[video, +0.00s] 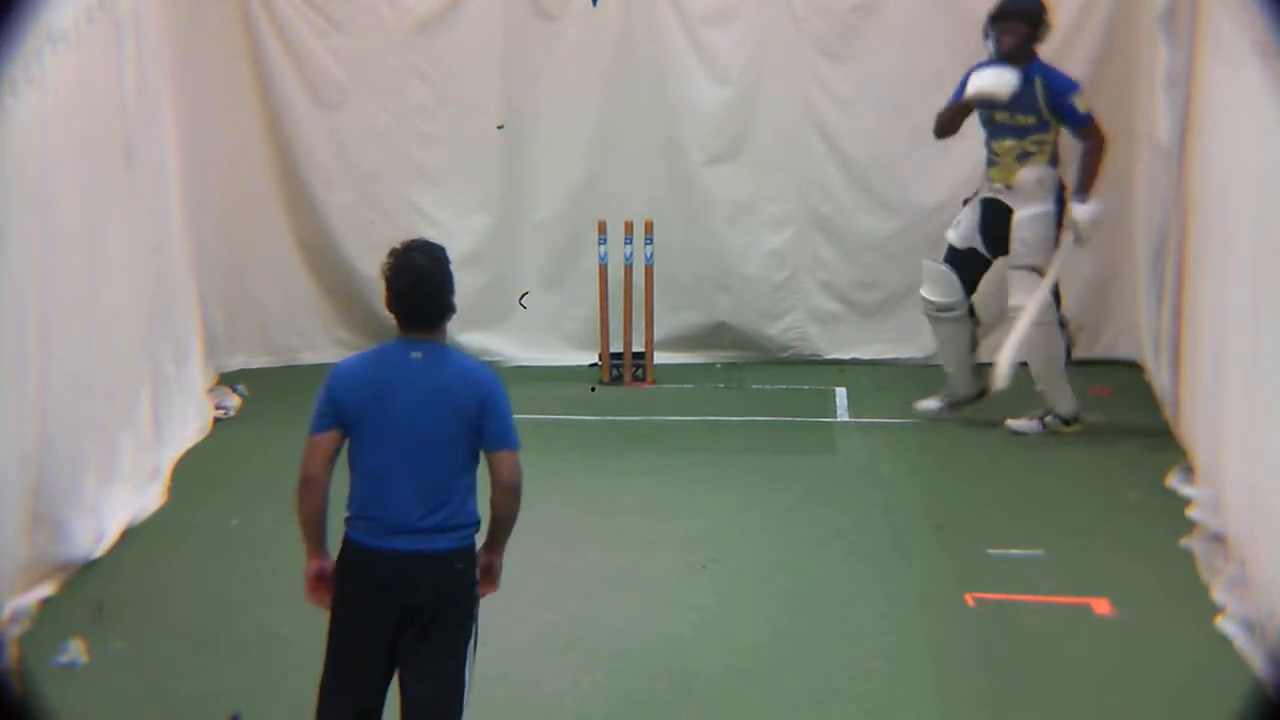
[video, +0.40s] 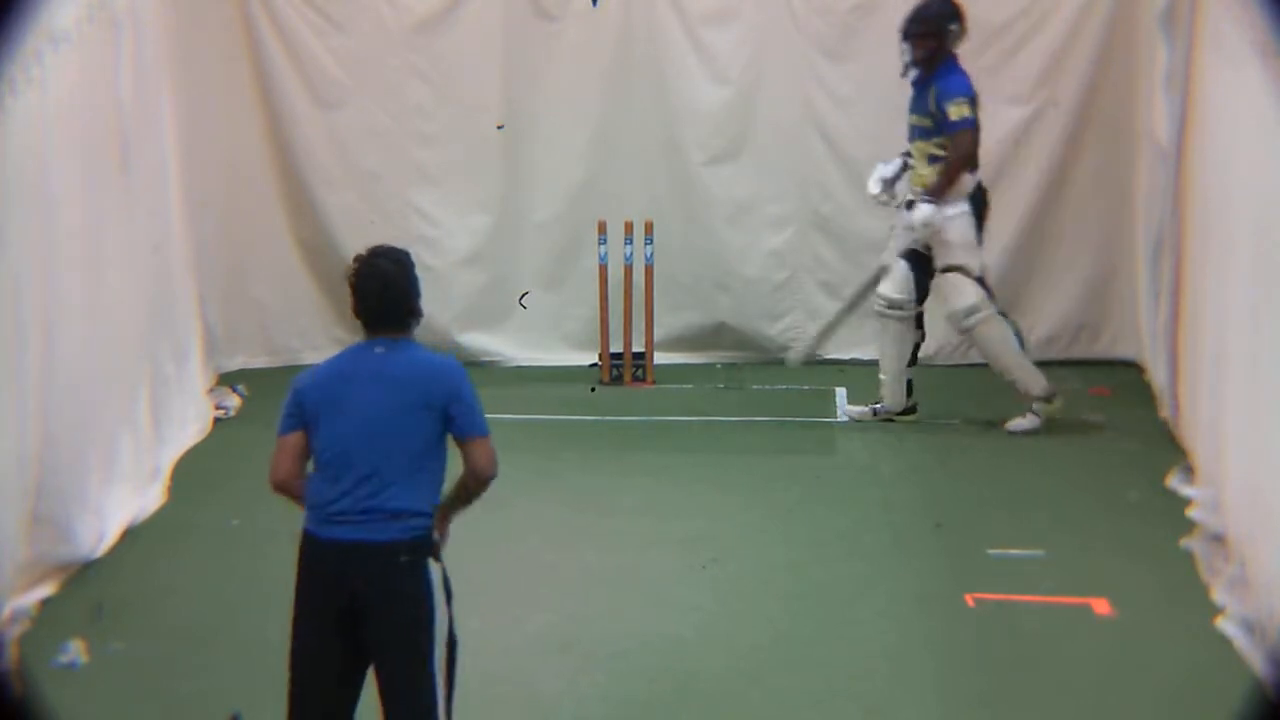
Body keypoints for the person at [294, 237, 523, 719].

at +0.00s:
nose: (386, 293)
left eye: (386, 287)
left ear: (389, 302)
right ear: (451, 301)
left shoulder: (350, 376)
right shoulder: (478, 380)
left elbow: (312, 475)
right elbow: (508, 479)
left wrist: (316, 555)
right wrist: (494, 550)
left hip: (367, 575)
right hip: (445, 577)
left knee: (347, 705)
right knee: (435, 707)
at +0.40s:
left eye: (356, 292)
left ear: (357, 306)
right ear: (415, 305)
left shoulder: (316, 380)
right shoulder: (444, 375)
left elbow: (284, 476)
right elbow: (482, 467)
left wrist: (341, 502)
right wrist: (444, 512)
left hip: (325, 570)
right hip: (405, 572)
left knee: (317, 707)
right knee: (417, 708)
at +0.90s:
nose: (416, 333)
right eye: (415, 324)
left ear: (350, 338)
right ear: (409, 334)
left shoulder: (308, 393)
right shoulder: (427, 394)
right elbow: (430, 499)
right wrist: (392, 540)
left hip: (273, 547)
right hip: (341, 551)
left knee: (280, 693)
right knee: (330, 699)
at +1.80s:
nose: (454, 348)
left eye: (456, 336)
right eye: (445, 336)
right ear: (401, 328)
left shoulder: (448, 405)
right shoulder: (337, 406)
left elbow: (461, 492)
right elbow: (304, 499)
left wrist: (492, 472)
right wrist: (389, 541)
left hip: (430, 602)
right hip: (349, 606)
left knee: (459, 711)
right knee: (342, 712)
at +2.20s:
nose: (519, 377)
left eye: (528, 365)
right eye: (509, 362)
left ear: (534, 363)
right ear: (471, 350)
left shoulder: (534, 431)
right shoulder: (408, 424)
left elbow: (553, 532)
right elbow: (362, 517)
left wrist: (561, 519)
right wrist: (392, 605)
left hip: (505, 626)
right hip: (426, 628)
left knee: (510, 711)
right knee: (418, 712)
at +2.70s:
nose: (536, 386)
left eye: (549, 374)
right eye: (523, 372)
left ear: (563, 383)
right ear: (497, 378)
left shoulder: (599, 457)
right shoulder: (458, 465)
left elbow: (637, 539)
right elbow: (417, 562)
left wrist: (610, 568)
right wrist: (396, 665)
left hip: (573, 659)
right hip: (491, 658)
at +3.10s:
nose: (589, 405)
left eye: (604, 394)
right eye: (577, 392)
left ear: (622, 407)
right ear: (555, 402)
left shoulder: (653, 492)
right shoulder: (511, 487)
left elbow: (685, 587)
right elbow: (469, 583)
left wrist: (642, 599)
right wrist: (563, 599)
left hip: (622, 695)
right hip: (530, 695)